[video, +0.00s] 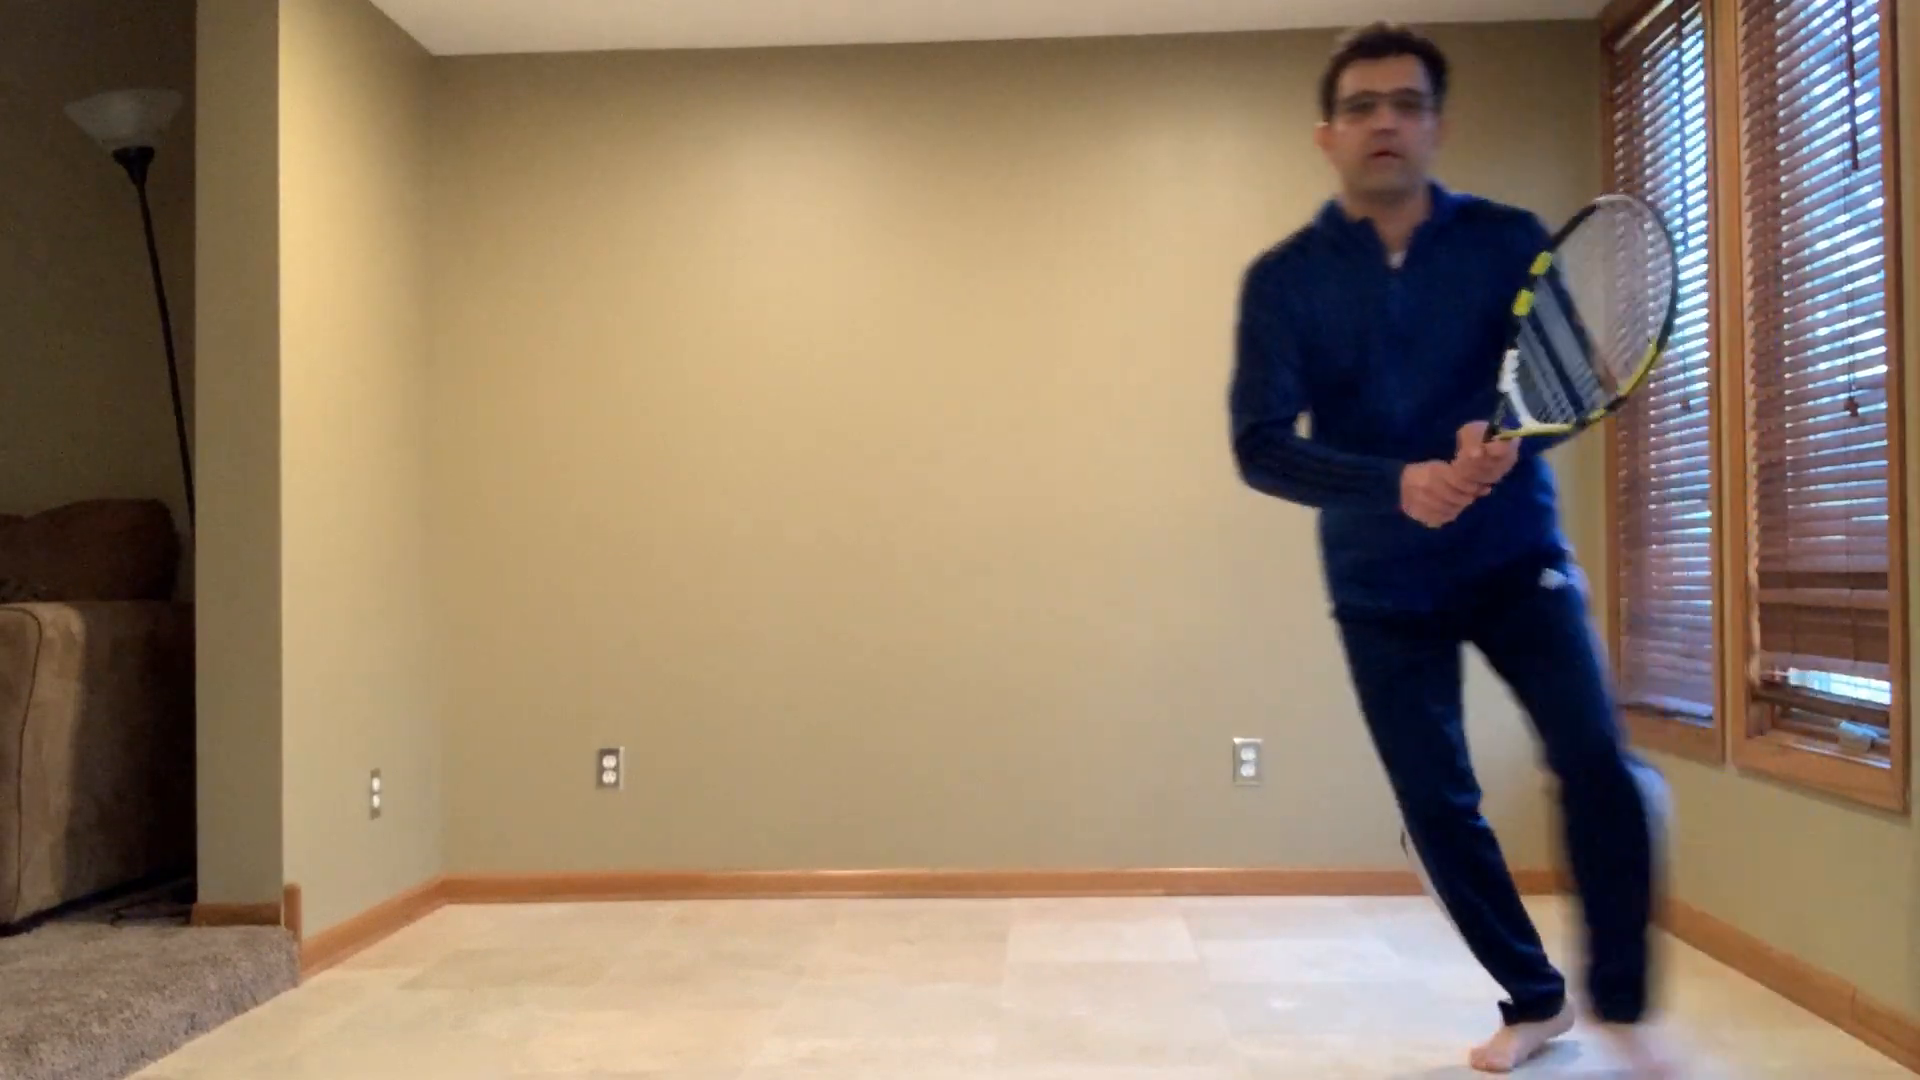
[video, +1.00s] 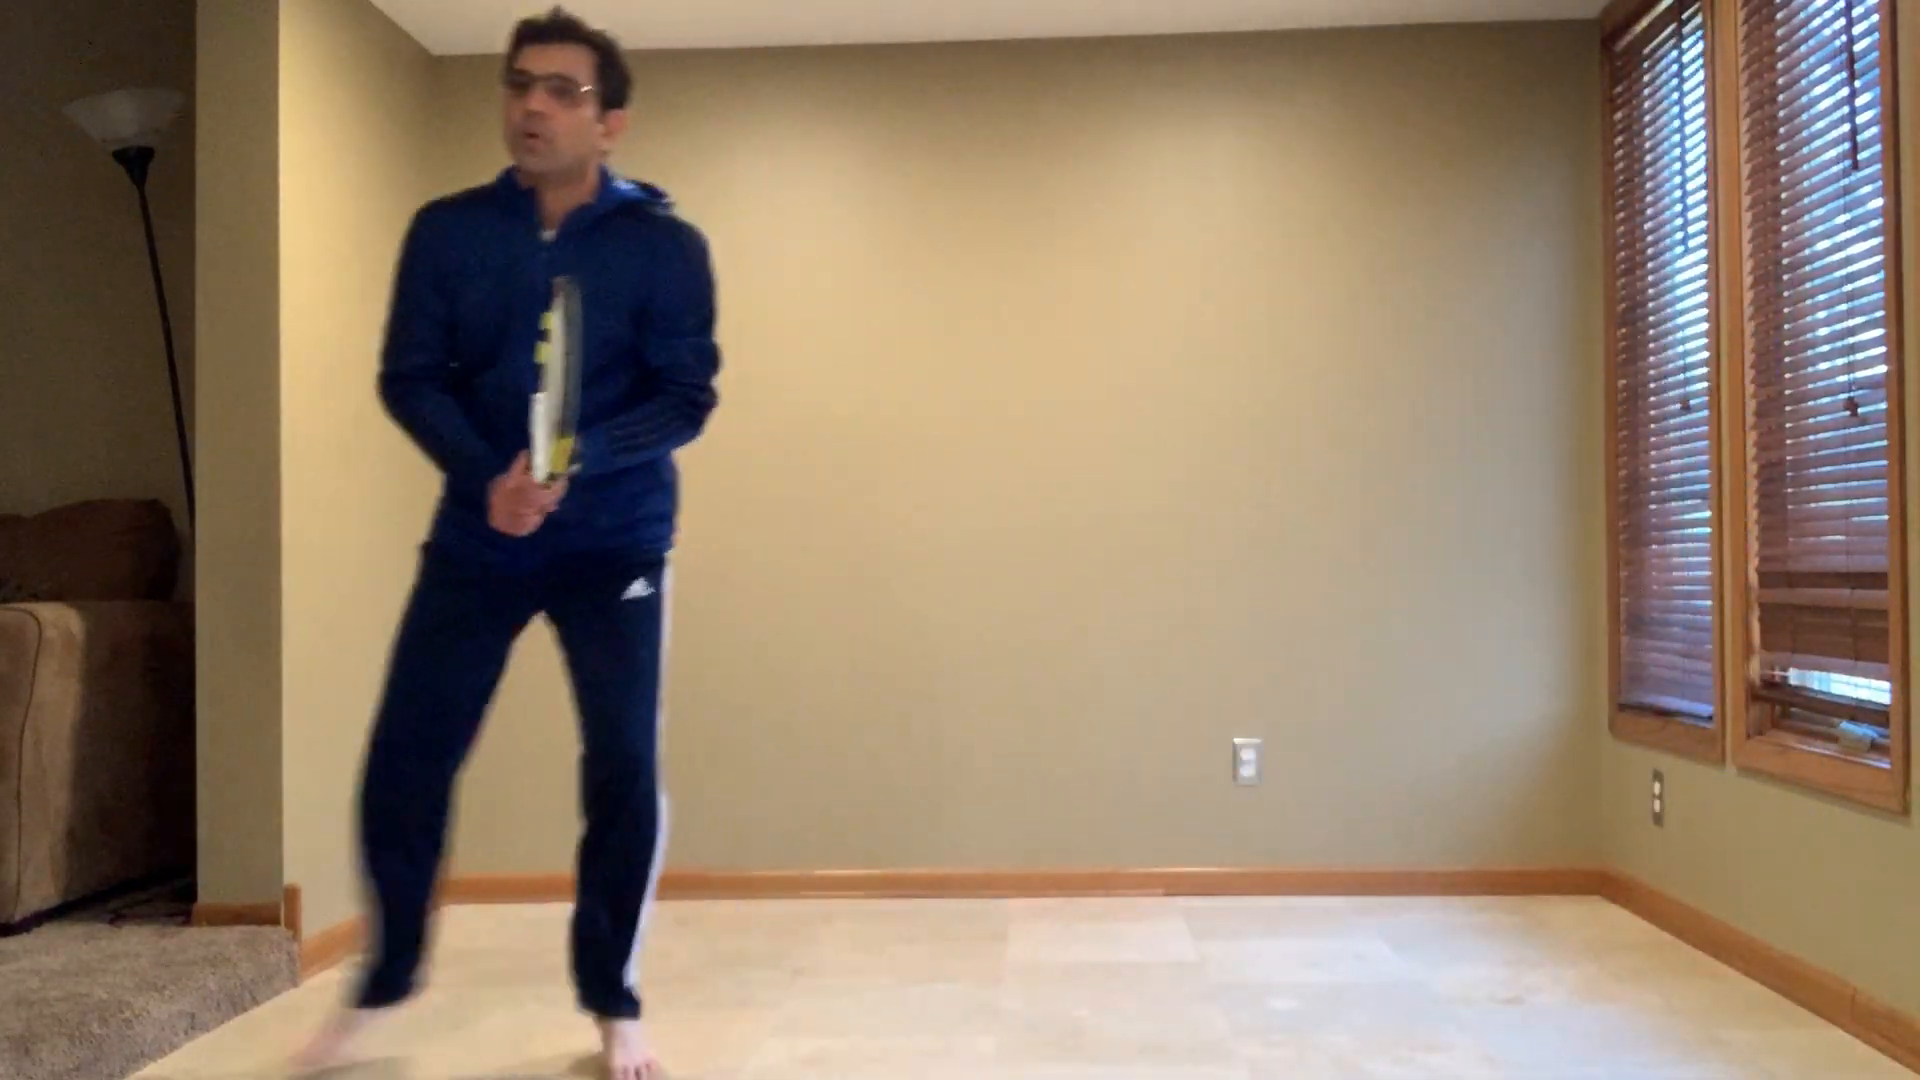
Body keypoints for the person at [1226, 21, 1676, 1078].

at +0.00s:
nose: (1385, 124)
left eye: (1408, 104)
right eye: (1360, 106)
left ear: (1440, 127)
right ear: (1325, 134)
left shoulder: (1506, 238)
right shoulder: (1284, 280)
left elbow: (1570, 377)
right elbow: (1260, 449)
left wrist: (1509, 435)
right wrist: (1394, 480)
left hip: (1515, 556)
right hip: (1383, 579)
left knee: (1595, 759)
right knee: (1435, 805)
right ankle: (1533, 1001)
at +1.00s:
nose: (531, 106)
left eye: (560, 91)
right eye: (520, 86)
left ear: (609, 120)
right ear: (502, 106)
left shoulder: (663, 244)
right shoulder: (447, 230)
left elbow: (685, 396)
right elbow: (406, 379)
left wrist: (572, 468)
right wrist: (485, 475)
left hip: (613, 550)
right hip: (475, 546)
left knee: (625, 776)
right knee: (403, 762)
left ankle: (612, 993)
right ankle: (389, 973)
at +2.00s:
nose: (1122, 258)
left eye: (1141, 246)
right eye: (1108, 231)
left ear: (1150, 258)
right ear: (1048, 220)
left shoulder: (1046, 329)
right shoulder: (991, 323)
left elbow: (1021, 490)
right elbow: (1006, 498)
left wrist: (1088, 599)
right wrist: (1080, 621)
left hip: (928, 587)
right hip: (847, 579)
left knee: (1013, 764)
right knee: (910, 803)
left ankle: (1027, 1003)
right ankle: (730, 966)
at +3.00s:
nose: (1711, 120)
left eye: (1727, 105)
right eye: (1684, 99)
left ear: (1740, 131)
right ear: (1620, 125)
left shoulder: (1757, 238)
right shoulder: (1549, 242)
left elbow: (1698, 346)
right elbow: (1401, 394)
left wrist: (1544, 268)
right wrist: (1465, 314)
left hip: (1712, 571)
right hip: (1567, 569)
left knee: (1827, 804)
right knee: (1613, 799)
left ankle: (1843, 1029)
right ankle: (1542, 1055)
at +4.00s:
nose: (800, 137)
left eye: (825, 118)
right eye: (787, 117)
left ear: (882, 125)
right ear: (775, 126)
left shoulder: (943, 253)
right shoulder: (736, 247)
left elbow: (957, 408)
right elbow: (701, 394)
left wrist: (841, 478)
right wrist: (759, 485)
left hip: (903, 559)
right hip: (770, 557)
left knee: (903, 779)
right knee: (709, 757)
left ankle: (877, 994)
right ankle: (748, 972)